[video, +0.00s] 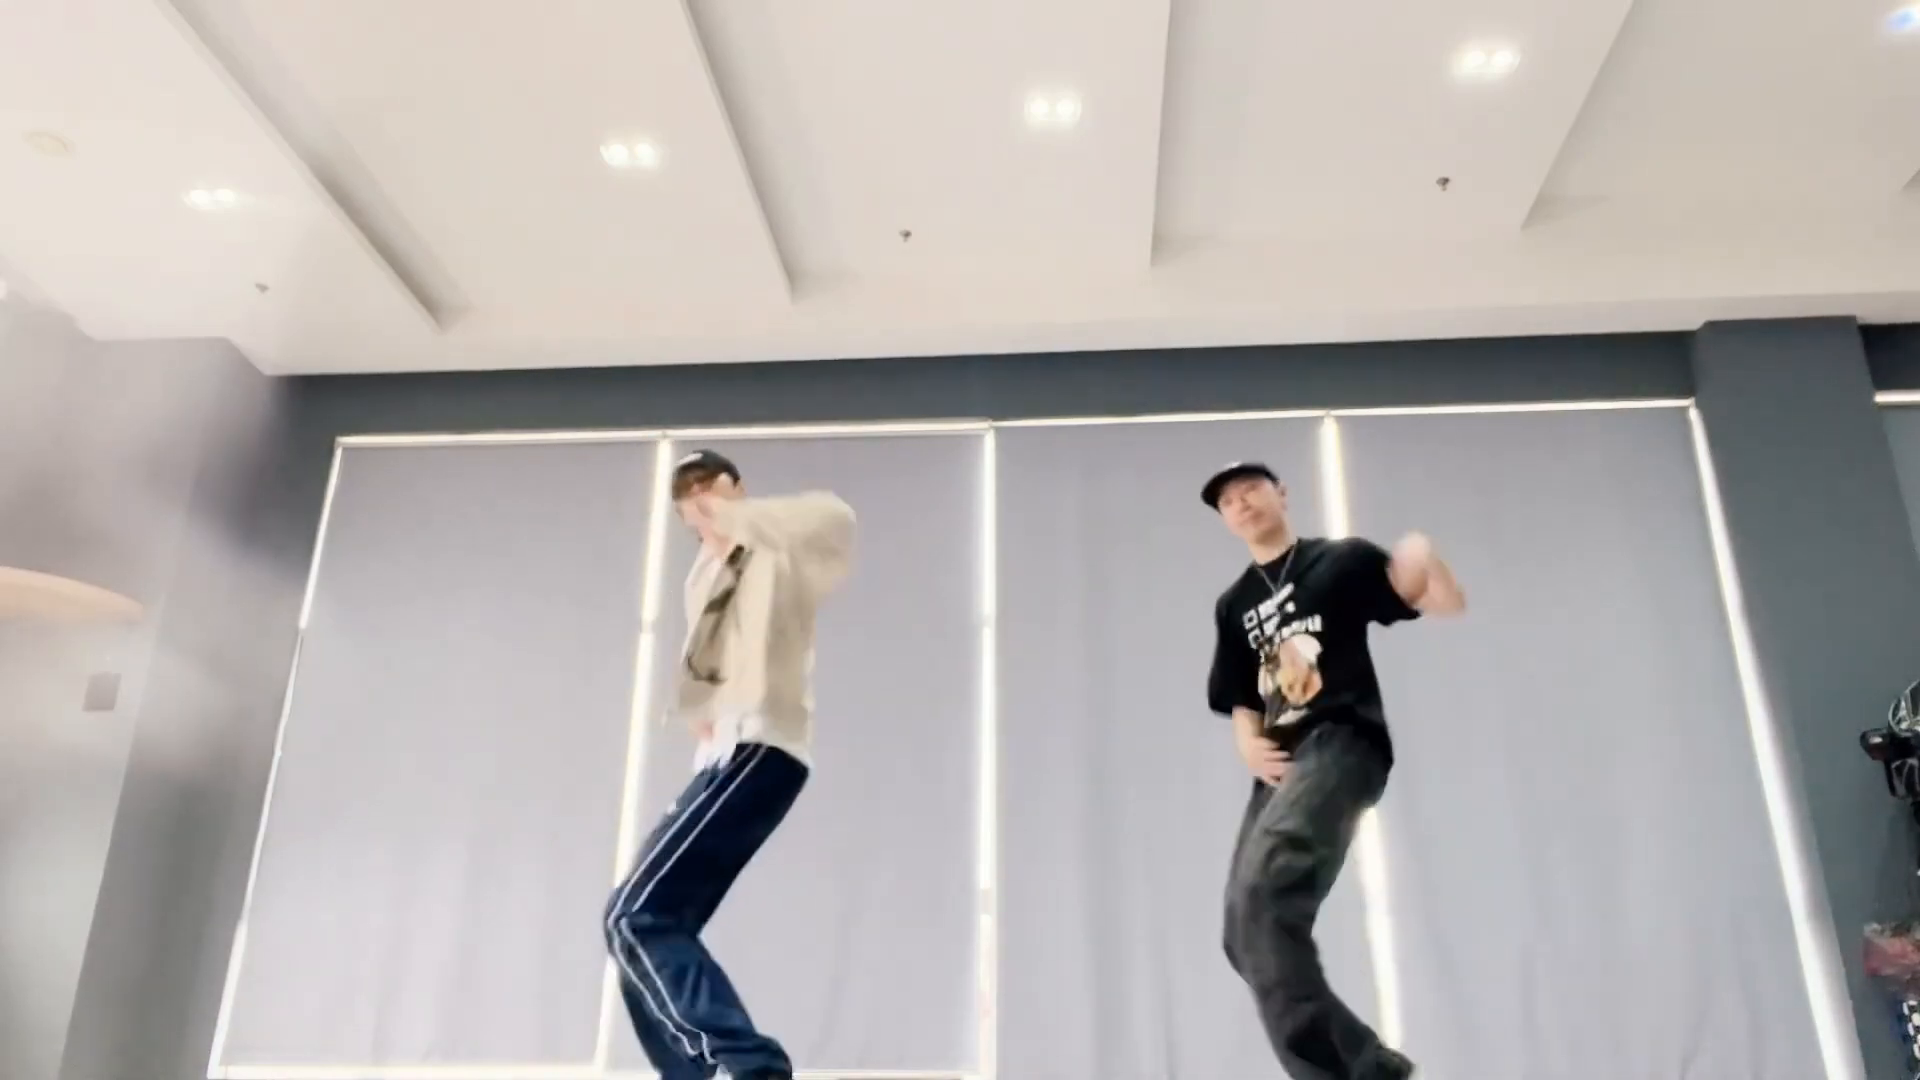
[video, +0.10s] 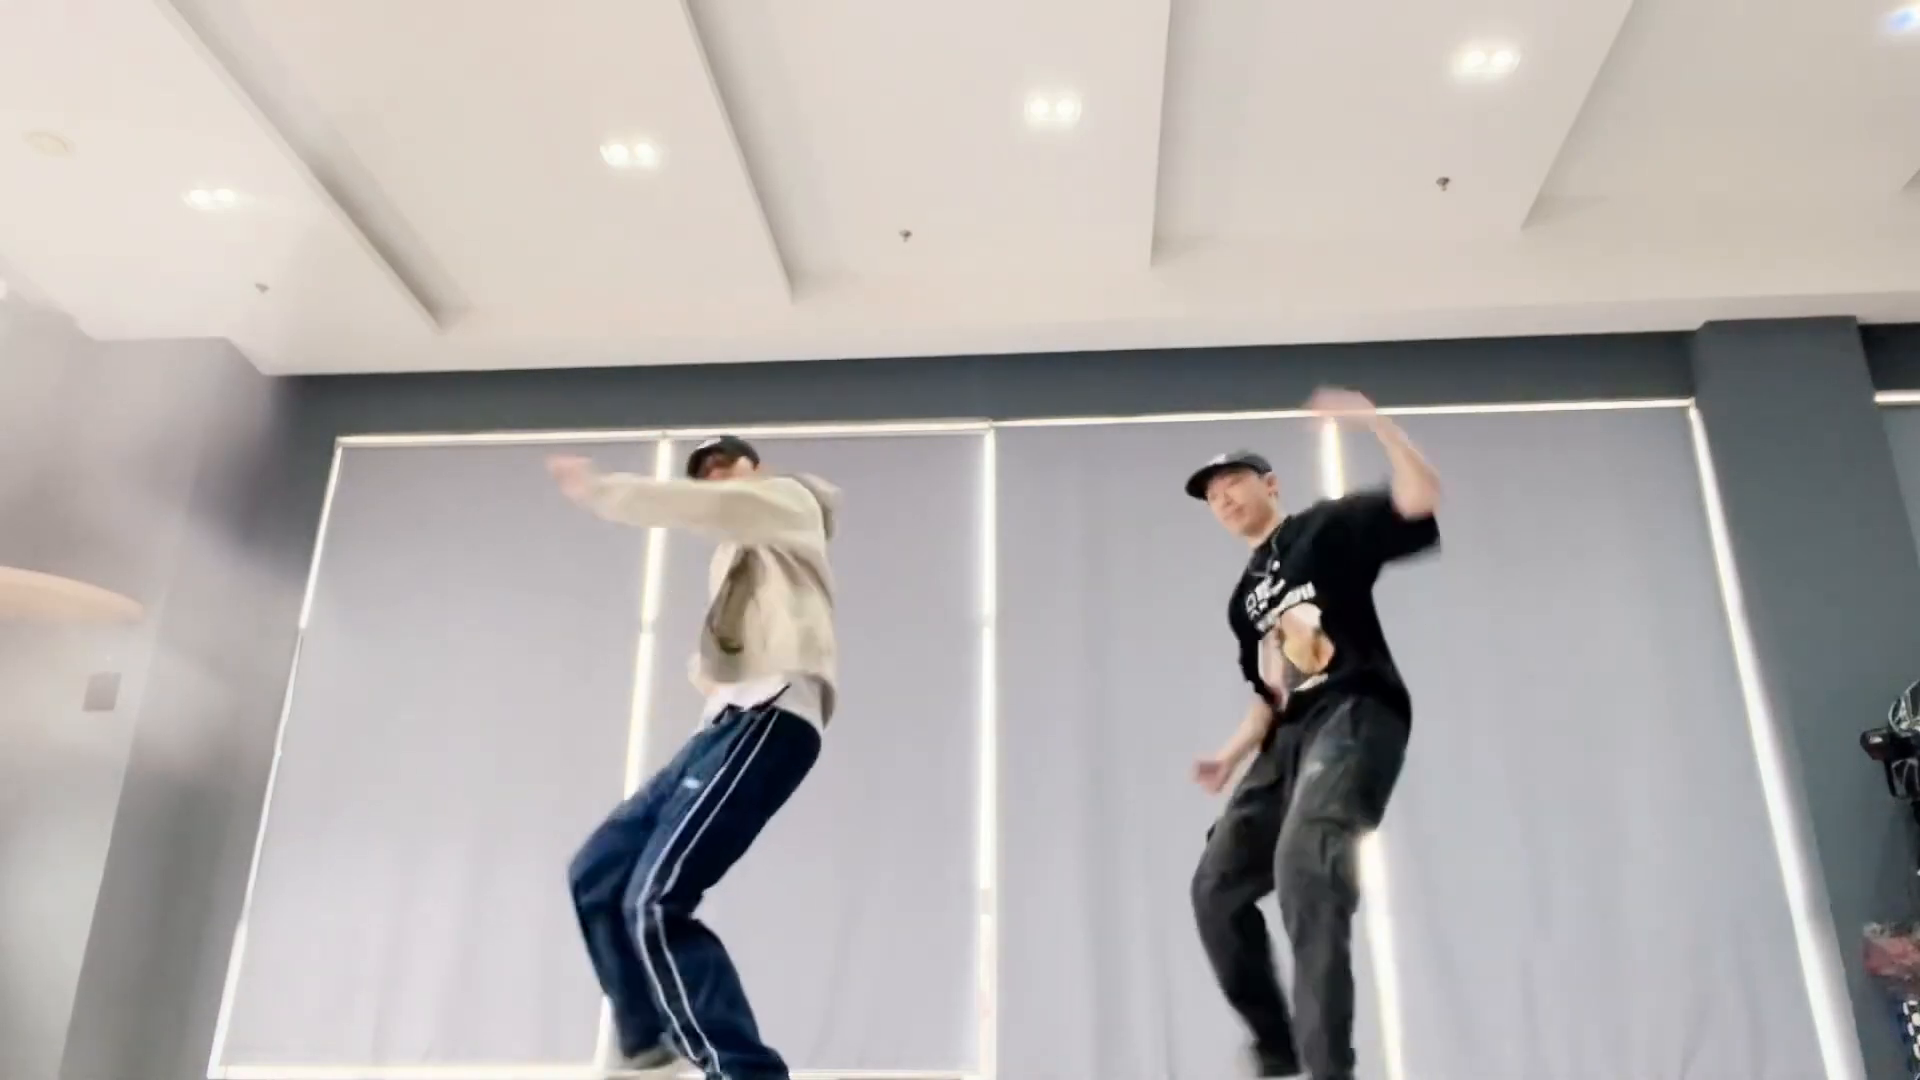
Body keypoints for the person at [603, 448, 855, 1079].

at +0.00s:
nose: (698, 508)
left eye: (705, 491)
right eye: (686, 502)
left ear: (735, 486)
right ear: (683, 514)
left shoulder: (787, 545)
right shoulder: (712, 574)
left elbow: (836, 519)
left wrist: (731, 521)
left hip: (764, 752)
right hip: (723, 756)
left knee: (640, 912)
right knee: (623, 919)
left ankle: (746, 1064)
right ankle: (692, 1072)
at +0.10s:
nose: (718, 482)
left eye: (726, 467)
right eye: (707, 480)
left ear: (756, 464)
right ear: (706, 490)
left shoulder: (792, 499)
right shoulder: (741, 543)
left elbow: (711, 503)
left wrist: (599, 490)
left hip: (774, 719)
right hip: (728, 722)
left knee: (655, 903)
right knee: (596, 876)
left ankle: (744, 1070)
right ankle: (649, 1046)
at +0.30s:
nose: (720, 454)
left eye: (730, 439)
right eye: (715, 448)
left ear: (762, 434)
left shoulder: (767, 462)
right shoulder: (805, 514)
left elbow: (672, 520)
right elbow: (872, 611)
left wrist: (558, 561)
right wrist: (834, 690)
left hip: (767, 684)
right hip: (735, 696)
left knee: (702, 889)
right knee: (591, 782)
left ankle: (745, 1067)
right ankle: (542, 951)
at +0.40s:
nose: (705, 443)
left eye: (712, 430)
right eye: (702, 435)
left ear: (742, 425)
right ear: (736, 430)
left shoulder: (759, 451)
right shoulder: (814, 507)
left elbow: (654, 475)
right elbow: (893, 564)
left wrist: (627, 520)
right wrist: (870, 660)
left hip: (783, 665)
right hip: (751, 676)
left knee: (710, 862)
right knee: (589, 694)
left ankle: (747, 1064)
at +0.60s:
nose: (716, 427)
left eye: (730, 413)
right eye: (709, 420)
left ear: (764, 415)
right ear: (705, 428)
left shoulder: (751, 447)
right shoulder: (788, 492)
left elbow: (668, 515)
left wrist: (592, 512)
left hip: (813, 676)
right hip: (759, 686)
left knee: (736, 877)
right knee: (633, 730)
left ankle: (744, 1066)